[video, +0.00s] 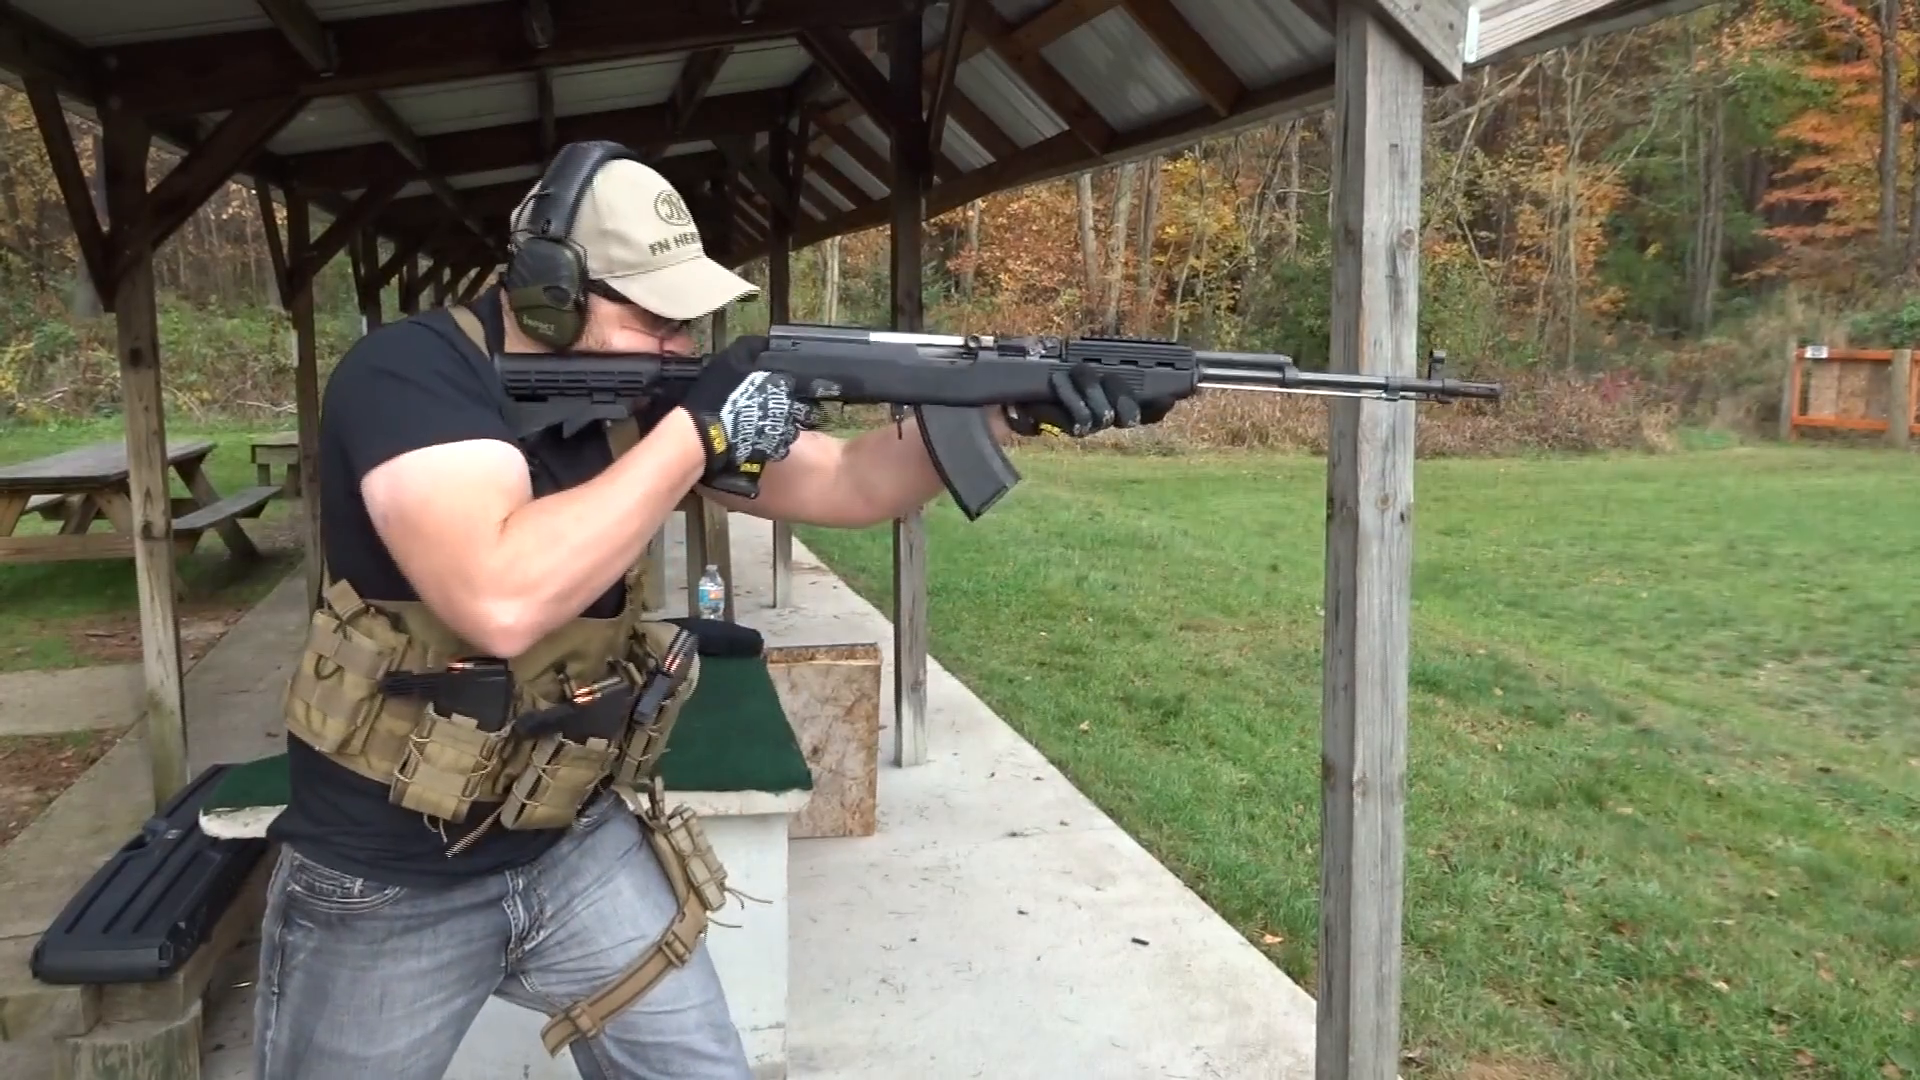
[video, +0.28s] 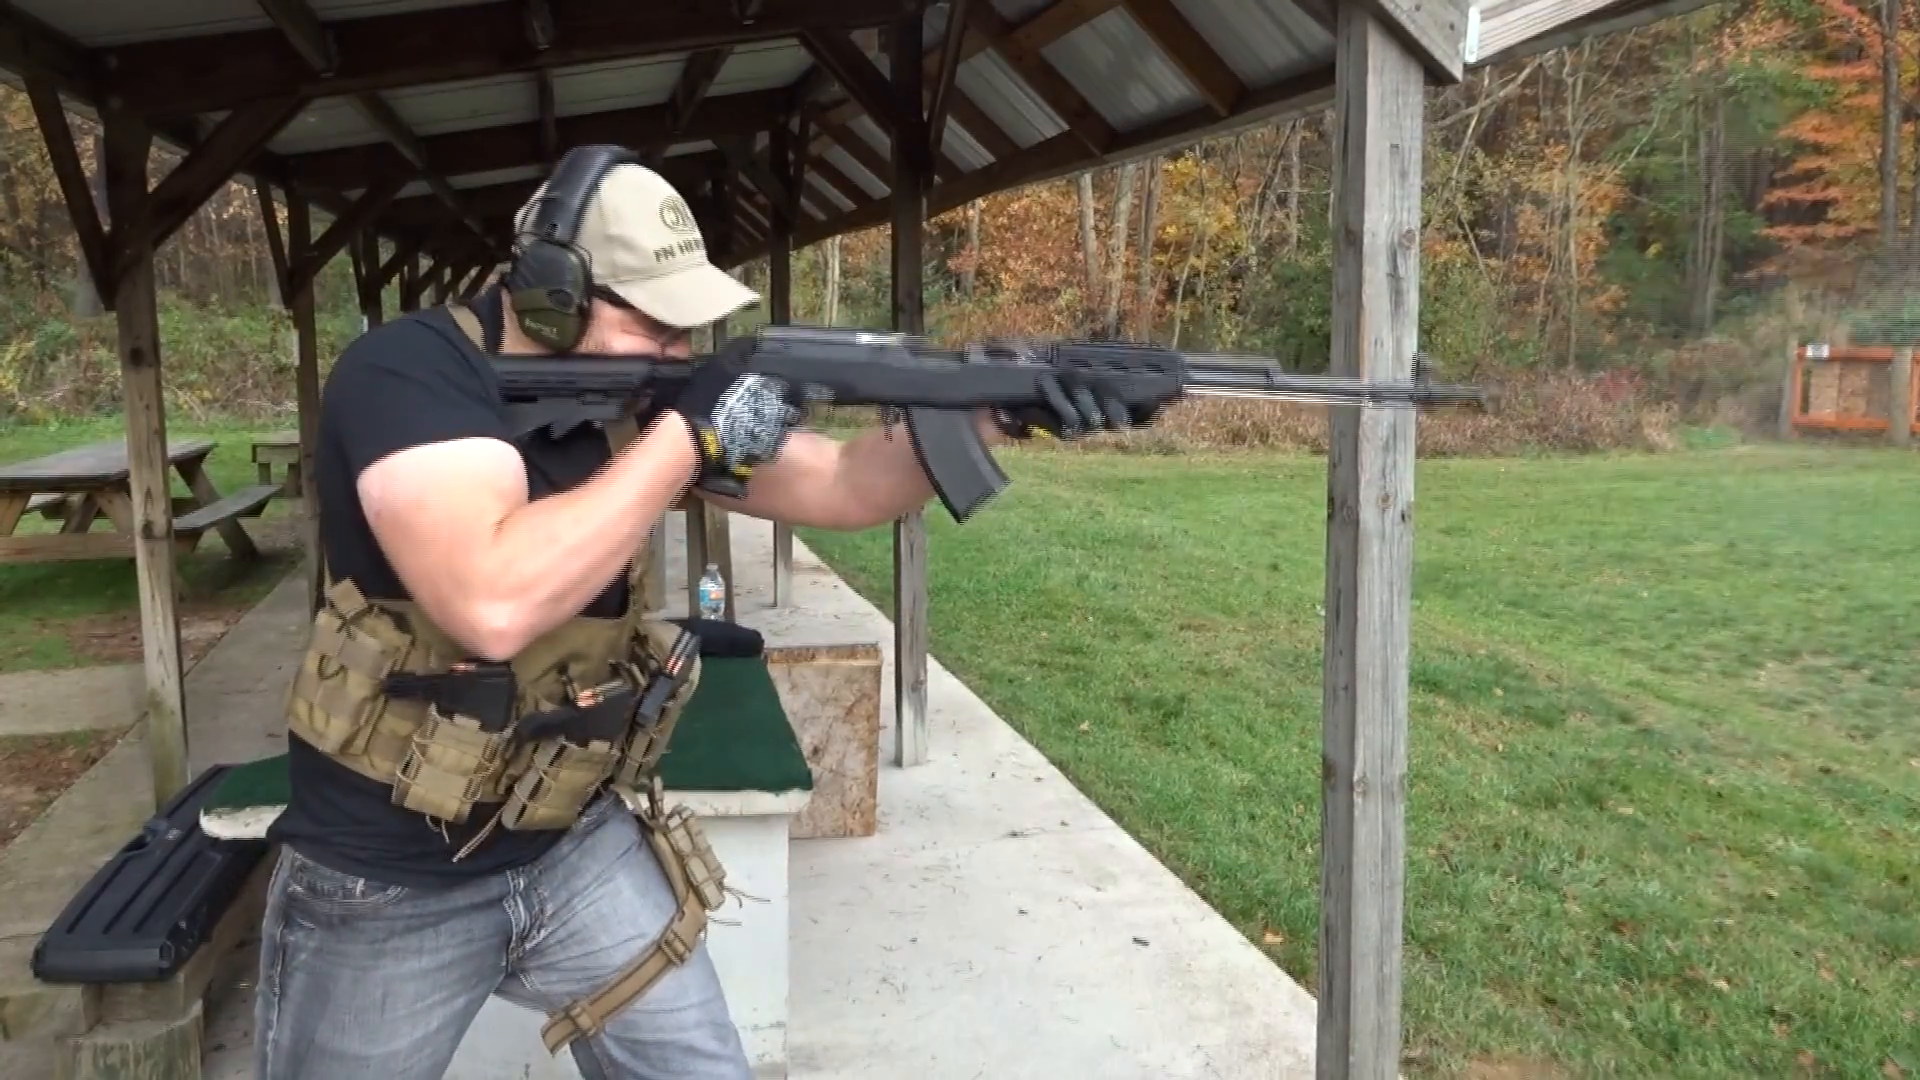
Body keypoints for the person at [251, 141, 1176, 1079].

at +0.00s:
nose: (675, 345)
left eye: (681, 322)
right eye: (649, 320)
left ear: (671, 302)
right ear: (552, 298)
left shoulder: (637, 401)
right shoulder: (401, 379)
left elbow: (853, 478)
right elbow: (502, 598)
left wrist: (1033, 395)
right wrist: (696, 426)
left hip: (581, 844)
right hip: (386, 885)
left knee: (705, 1070)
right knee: (324, 1078)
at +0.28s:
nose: (673, 354)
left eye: (682, 332)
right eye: (651, 329)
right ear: (553, 297)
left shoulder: (630, 392)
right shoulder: (403, 377)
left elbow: (838, 482)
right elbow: (492, 602)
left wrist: (1005, 406)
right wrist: (678, 438)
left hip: (581, 840)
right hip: (386, 881)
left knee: (704, 1069)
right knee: (328, 1073)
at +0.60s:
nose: (670, 350)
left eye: (677, 327)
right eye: (644, 324)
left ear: (669, 304)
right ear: (547, 299)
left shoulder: (629, 400)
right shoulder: (398, 380)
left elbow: (842, 478)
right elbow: (495, 596)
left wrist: (1025, 399)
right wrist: (696, 428)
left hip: (580, 844)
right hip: (385, 886)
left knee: (704, 1068)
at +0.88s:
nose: (673, 351)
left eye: (680, 329)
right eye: (648, 326)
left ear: (674, 310)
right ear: (551, 302)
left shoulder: (636, 392)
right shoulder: (400, 377)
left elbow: (842, 481)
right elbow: (490, 600)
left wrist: (1014, 407)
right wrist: (691, 431)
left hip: (580, 844)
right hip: (388, 887)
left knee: (703, 1065)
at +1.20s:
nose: (659, 348)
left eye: (667, 325)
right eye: (632, 325)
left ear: (665, 298)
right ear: (535, 298)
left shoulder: (627, 392)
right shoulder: (388, 378)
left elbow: (833, 480)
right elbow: (481, 600)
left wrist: (1014, 402)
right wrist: (684, 432)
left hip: (579, 845)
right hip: (385, 890)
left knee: (701, 1061)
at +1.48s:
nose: (661, 354)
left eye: (667, 331)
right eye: (636, 329)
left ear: (661, 304)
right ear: (537, 304)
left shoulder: (625, 401)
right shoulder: (385, 379)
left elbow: (834, 480)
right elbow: (475, 602)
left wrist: (1016, 405)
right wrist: (685, 435)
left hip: (580, 846)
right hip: (384, 893)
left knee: (701, 1063)